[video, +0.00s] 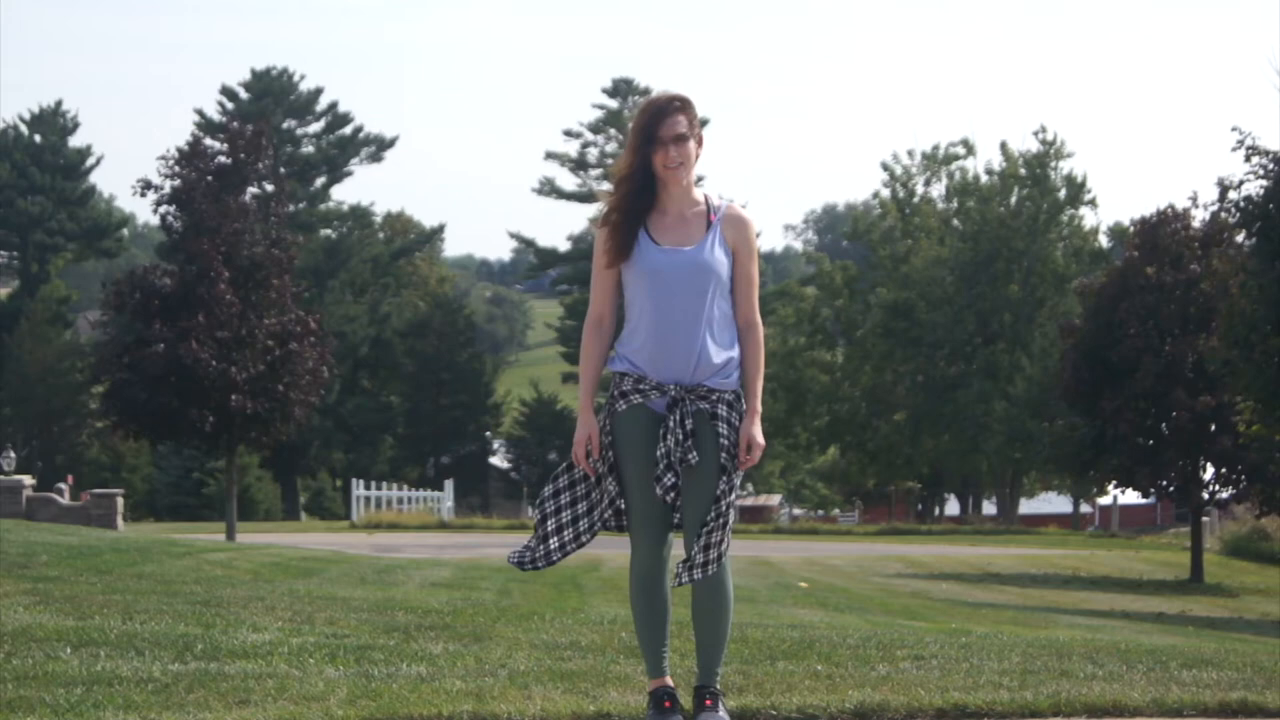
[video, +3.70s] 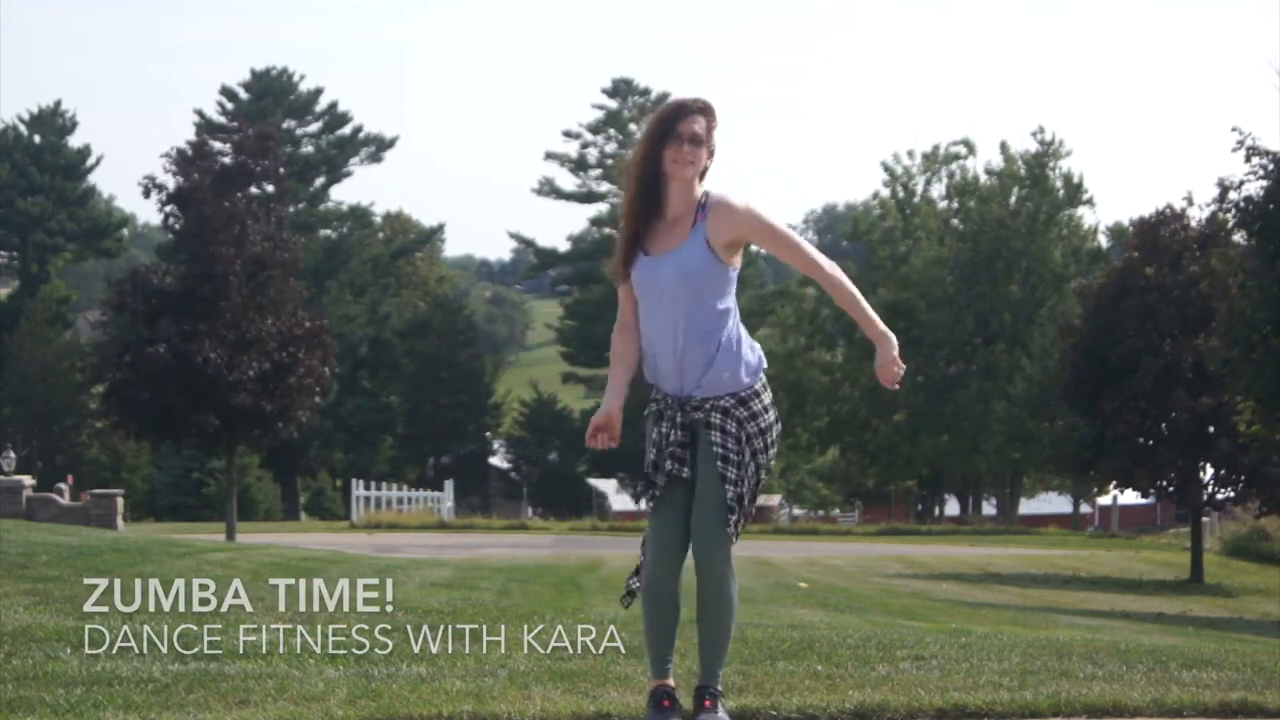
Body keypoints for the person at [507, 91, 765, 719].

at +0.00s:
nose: (674, 150)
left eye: (684, 139)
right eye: (662, 141)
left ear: (701, 144)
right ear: (645, 151)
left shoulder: (732, 223)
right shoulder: (618, 225)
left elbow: (749, 322)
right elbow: (599, 321)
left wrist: (754, 410)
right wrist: (585, 408)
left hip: (714, 395)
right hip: (638, 392)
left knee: (707, 544)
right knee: (649, 543)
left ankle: (709, 691)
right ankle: (660, 685)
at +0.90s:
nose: (677, 151)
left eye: (685, 139)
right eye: (664, 143)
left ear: (701, 144)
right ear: (647, 156)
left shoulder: (738, 222)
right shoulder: (632, 226)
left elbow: (745, 312)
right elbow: (570, 302)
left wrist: (740, 391)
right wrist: (509, 374)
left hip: (704, 398)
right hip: (634, 392)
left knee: (696, 545)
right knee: (646, 541)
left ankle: (707, 692)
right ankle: (660, 686)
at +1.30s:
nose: (685, 164)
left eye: (693, 154)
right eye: (673, 154)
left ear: (702, 156)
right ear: (649, 158)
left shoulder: (726, 216)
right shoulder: (635, 238)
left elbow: (805, 287)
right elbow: (572, 321)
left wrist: (785, 373)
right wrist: (485, 348)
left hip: (705, 404)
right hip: (638, 398)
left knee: (689, 554)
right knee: (646, 550)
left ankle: (706, 694)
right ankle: (657, 686)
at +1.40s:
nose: (689, 162)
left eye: (696, 151)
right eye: (677, 152)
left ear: (705, 154)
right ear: (649, 155)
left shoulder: (725, 215)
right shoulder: (626, 233)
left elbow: (818, 268)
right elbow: (575, 319)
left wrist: (844, 352)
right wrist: (499, 359)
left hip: (712, 401)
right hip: (645, 397)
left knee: (694, 547)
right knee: (642, 547)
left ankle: (707, 693)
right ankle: (656, 685)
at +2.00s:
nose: (704, 169)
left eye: (713, 159)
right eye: (694, 157)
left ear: (721, 166)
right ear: (669, 160)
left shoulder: (722, 243)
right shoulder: (633, 226)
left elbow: (784, 322)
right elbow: (586, 302)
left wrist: (868, 307)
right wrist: (592, 381)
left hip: (739, 408)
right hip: (671, 410)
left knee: (728, 559)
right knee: (693, 557)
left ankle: (712, 691)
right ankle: (667, 691)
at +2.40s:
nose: (715, 156)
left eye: (724, 146)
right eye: (703, 147)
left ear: (737, 154)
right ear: (684, 156)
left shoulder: (730, 232)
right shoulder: (664, 219)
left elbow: (750, 333)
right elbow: (594, 289)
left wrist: (817, 382)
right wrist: (569, 382)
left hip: (711, 408)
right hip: (663, 402)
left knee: (723, 551)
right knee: (692, 545)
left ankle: (711, 694)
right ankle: (664, 694)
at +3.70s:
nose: (688, 150)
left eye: (699, 142)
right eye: (678, 138)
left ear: (710, 153)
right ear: (655, 147)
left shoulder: (726, 216)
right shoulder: (638, 234)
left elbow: (818, 267)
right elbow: (627, 328)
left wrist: (883, 337)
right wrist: (614, 400)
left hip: (730, 403)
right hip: (669, 405)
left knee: (710, 547)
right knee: (662, 550)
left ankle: (708, 693)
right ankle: (661, 687)